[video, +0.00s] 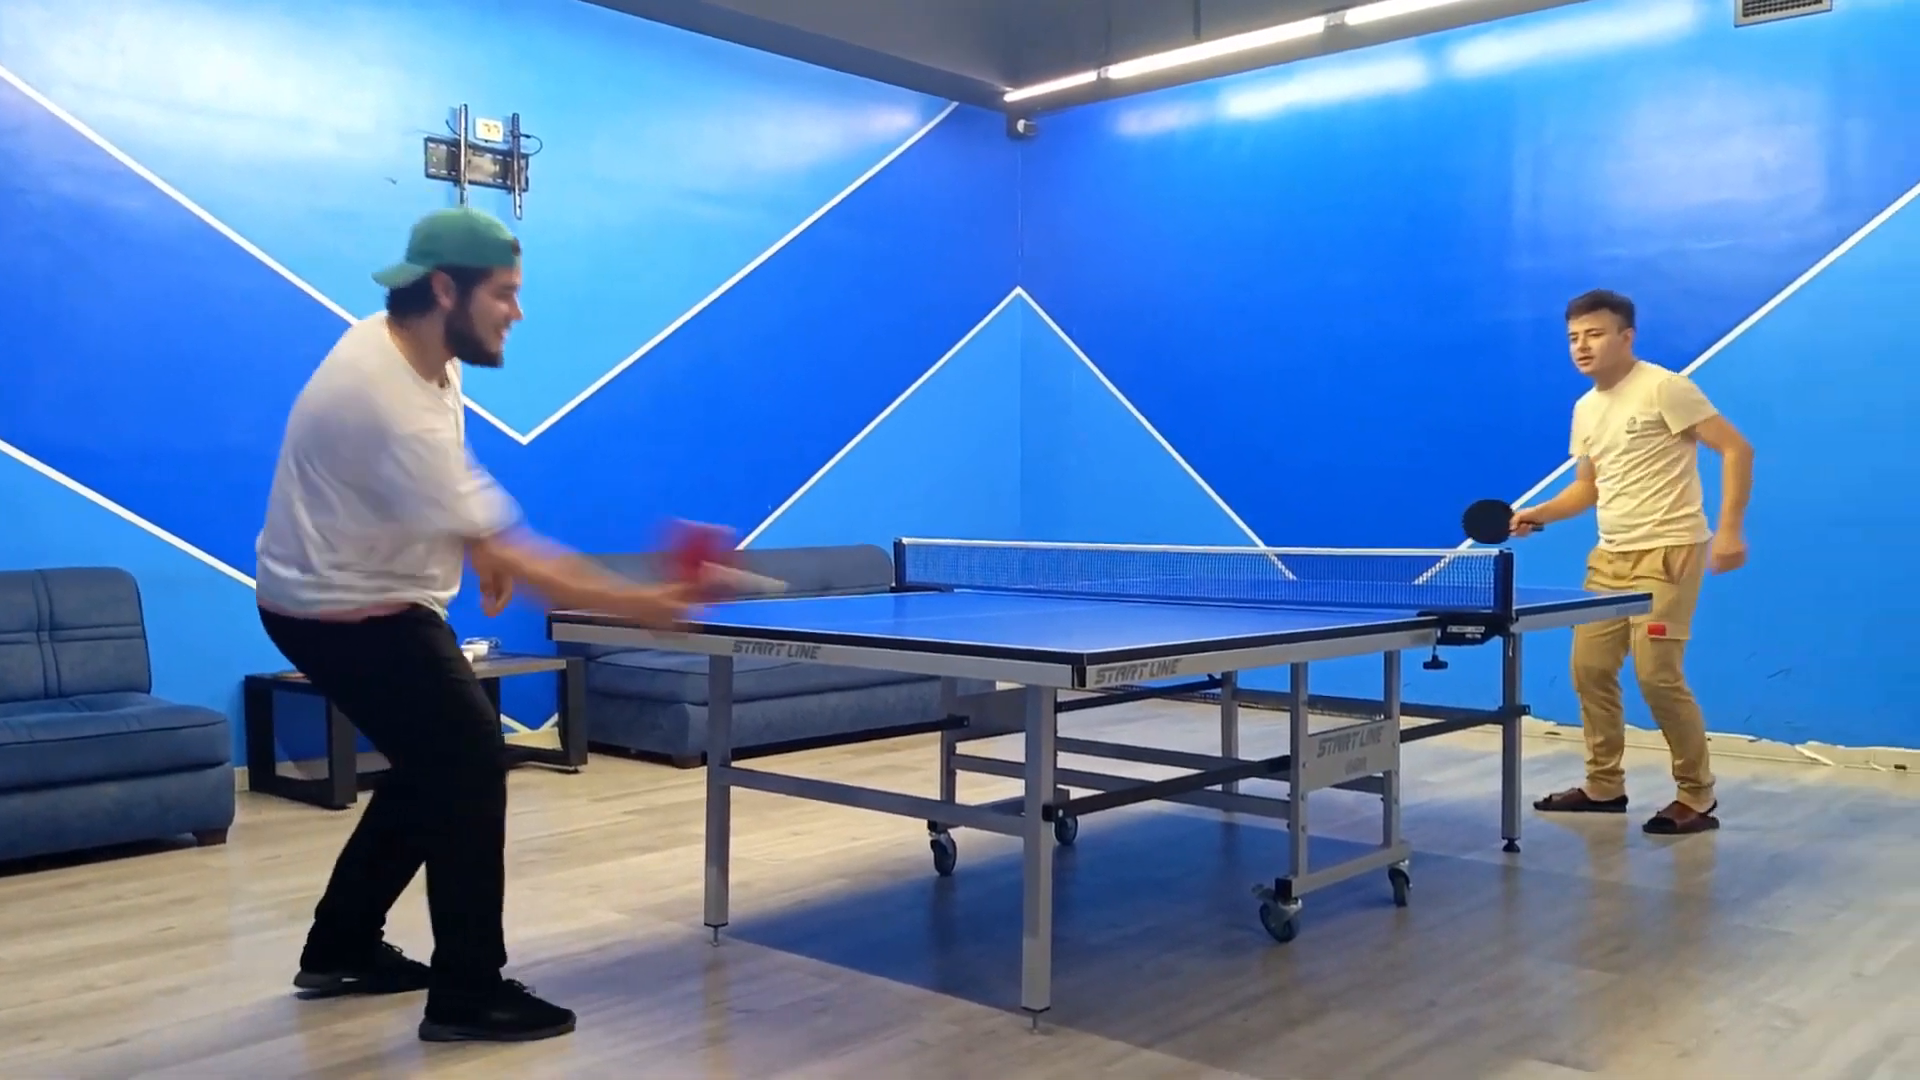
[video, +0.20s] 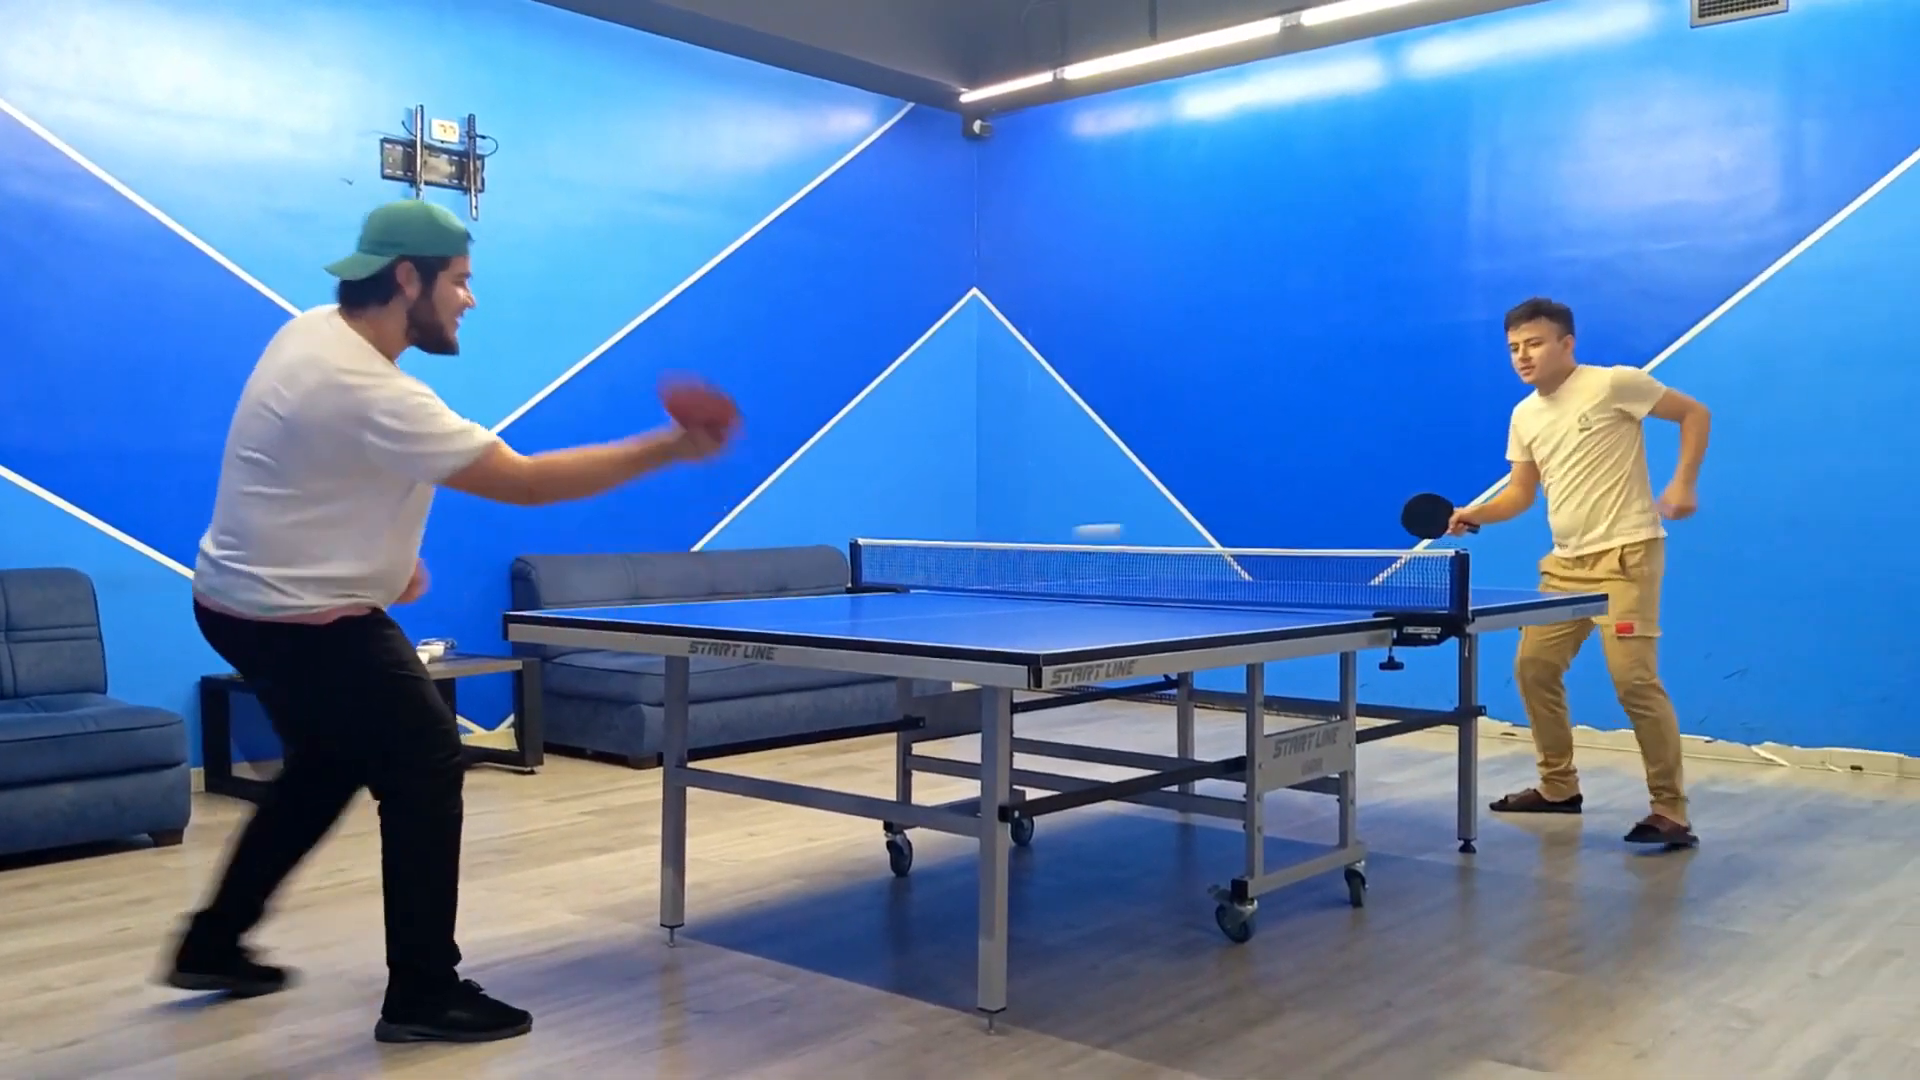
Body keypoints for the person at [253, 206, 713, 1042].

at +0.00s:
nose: (516, 310)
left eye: (516, 292)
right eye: (502, 292)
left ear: (444, 291)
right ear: (442, 291)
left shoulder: (416, 350)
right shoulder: (388, 409)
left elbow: (434, 459)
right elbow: (524, 565)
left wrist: (479, 540)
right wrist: (653, 600)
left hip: (386, 595)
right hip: (338, 608)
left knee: (443, 757)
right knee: (469, 759)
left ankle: (341, 942)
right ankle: (467, 989)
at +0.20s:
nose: (468, 298)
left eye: (468, 280)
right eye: (458, 280)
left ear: (398, 280)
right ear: (404, 279)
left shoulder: (309, 337)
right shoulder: (369, 392)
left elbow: (297, 482)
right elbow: (524, 480)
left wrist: (381, 562)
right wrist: (675, 442)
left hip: (250, 602)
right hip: (310, 616)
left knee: (332, 761)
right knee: (426, 758)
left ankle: (211, 942)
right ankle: (423, 992)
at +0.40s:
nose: (402, 267)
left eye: (400, 250)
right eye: (391, 249)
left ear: (329, 252)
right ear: (342, 250)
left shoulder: (256, 325)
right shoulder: (303, 355)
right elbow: (394, 473)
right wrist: (547, 459)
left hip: (202, 599)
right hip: (262, 610)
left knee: (242, 777)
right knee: (359, 780)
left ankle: (135, 966)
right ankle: (416, 990)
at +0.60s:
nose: (355, 239)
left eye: (352, 222)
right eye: (345, 222)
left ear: (287, 225)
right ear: (296, 223)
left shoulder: (217, 308)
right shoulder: (254, 319)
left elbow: (215, 465)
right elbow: (248, 460)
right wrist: (366, 573)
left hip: (179, 588)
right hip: (230, 592)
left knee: (212, 769)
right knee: (309, 761)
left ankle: (135, 965)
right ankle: (311, 1008)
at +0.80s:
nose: (455, 260)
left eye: (453, 244)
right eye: (444, 243)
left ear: (388, 248)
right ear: (399, 244)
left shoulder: (334, 326)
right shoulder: (359, 336)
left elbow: (315, 478)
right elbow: (322, 474)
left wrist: (385, 589)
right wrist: (390, 596)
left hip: (299, 592)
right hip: (328, 594)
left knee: (329, 755)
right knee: (417, 753)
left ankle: (259, 941)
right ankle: (358, 985)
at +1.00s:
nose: (523, 289)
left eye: (522, 272)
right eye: (513, 272)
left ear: (461, 277)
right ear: (462, 275)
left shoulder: (435, 363)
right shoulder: (410, 365)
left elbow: (436, 507)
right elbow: (368, 504)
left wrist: (502, 588)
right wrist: (434, 633)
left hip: (388, 614)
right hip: (387, 619)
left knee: (409, 764)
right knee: (490, 768)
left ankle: (324, 935)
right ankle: (483, 1006)